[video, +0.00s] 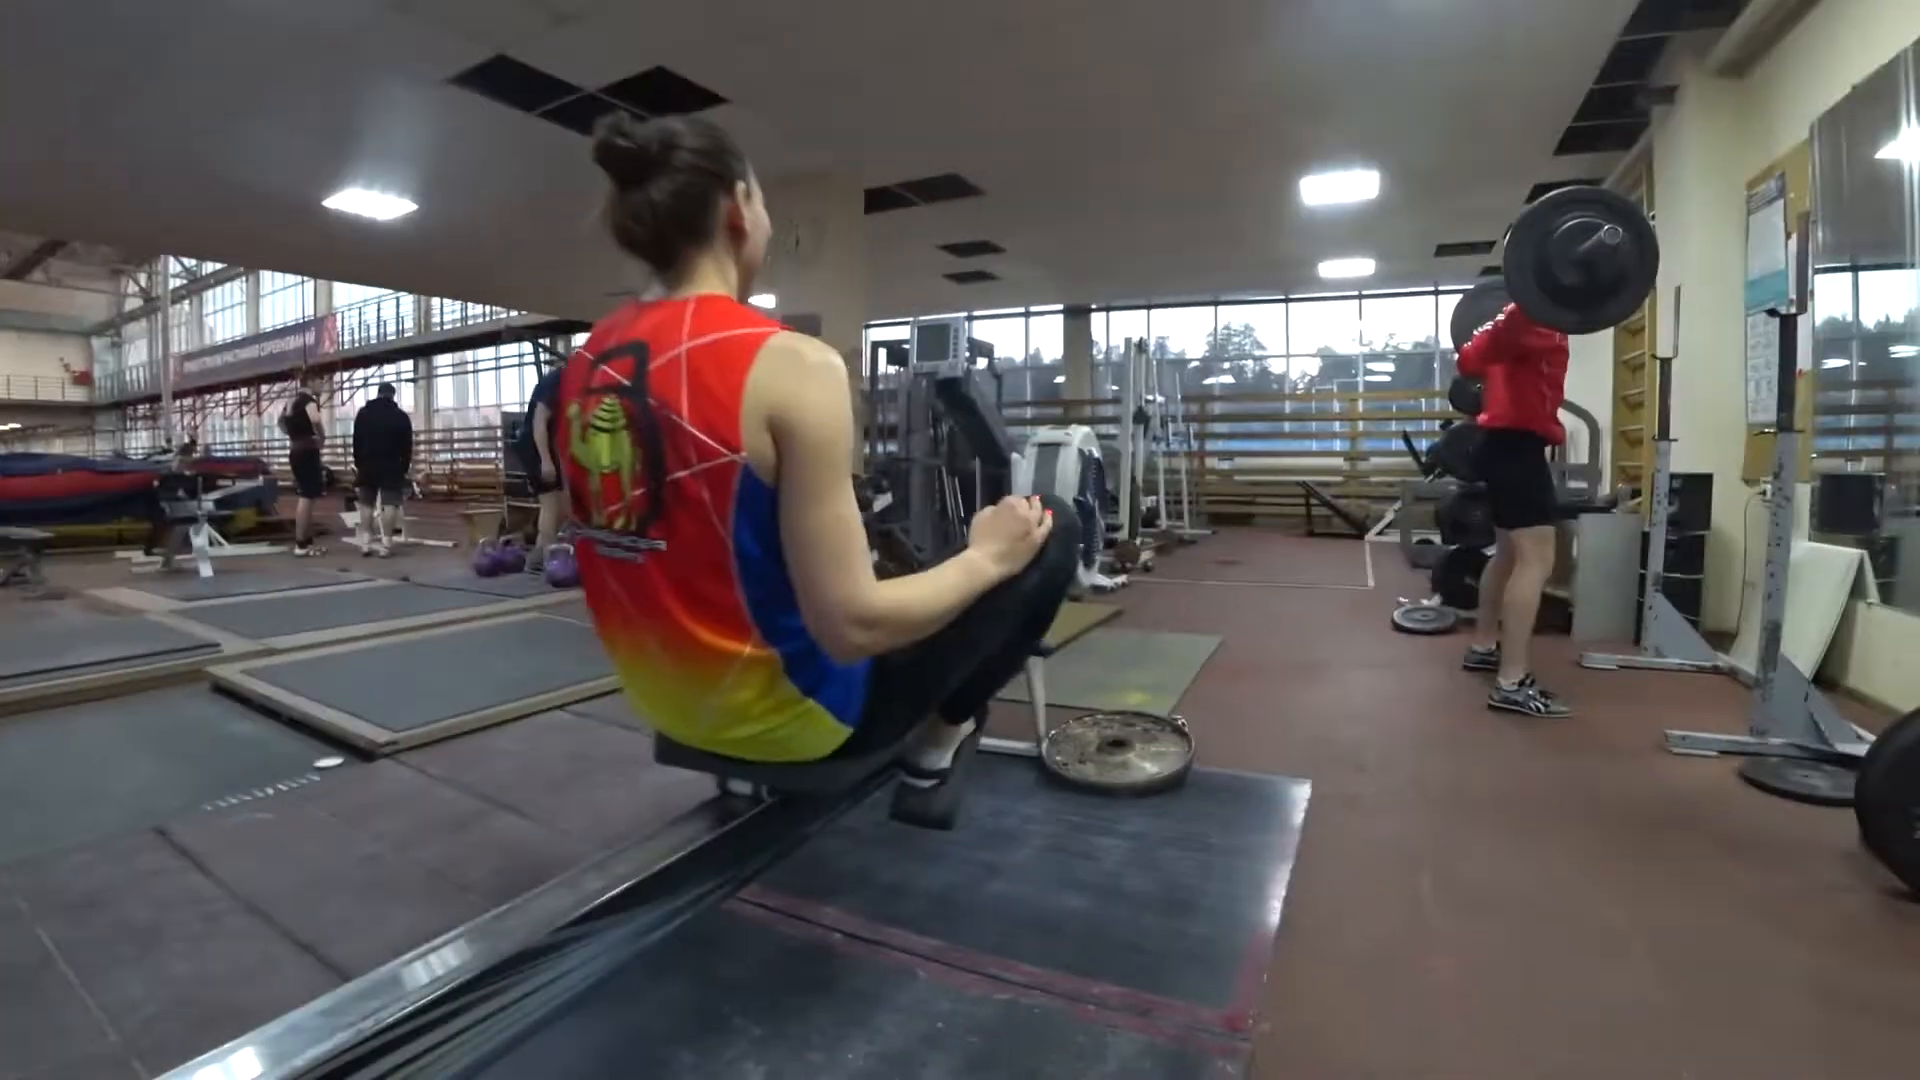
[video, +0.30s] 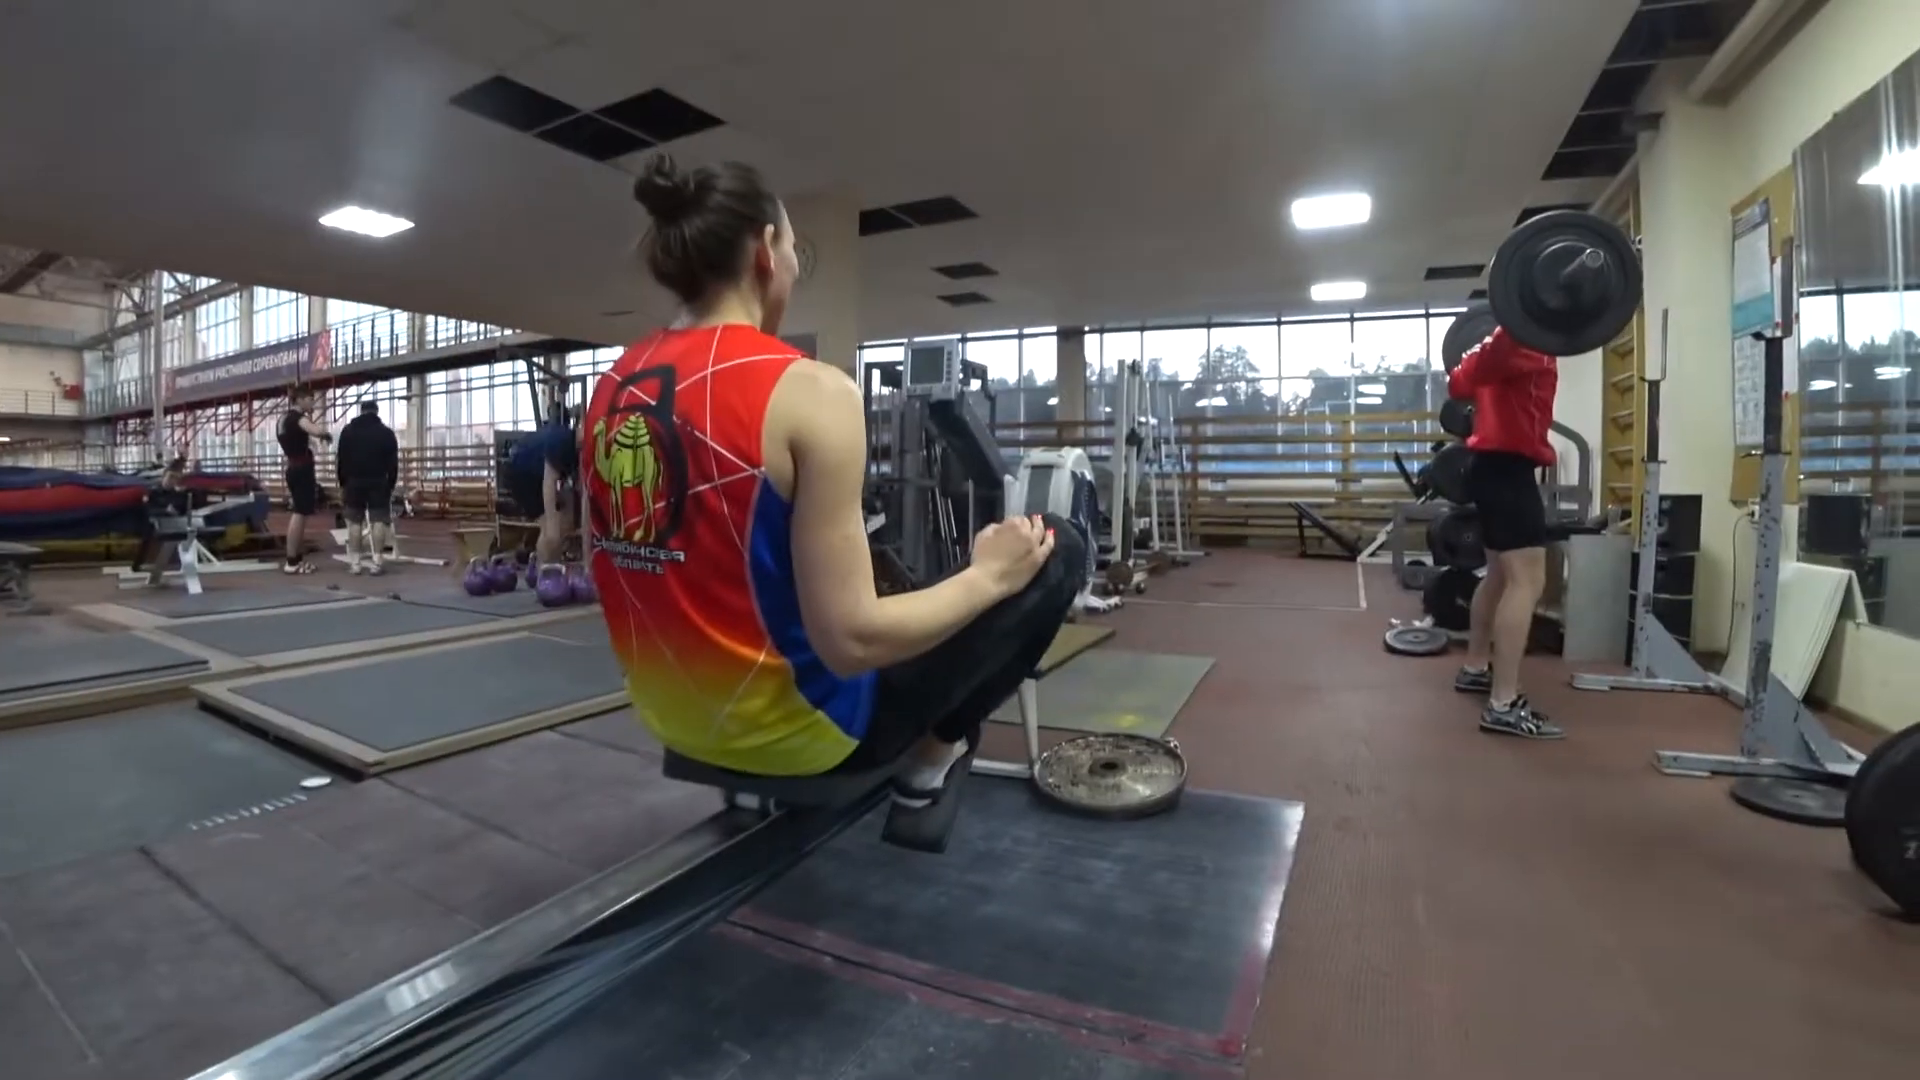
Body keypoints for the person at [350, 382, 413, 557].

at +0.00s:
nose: (389, 397)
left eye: (385, 393)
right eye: (390, 394)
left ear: (378, 394)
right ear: (393, 395)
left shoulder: (364, 413)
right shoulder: (401, 416)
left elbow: (357, 441)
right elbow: (407, 445)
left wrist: (359, 464)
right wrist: (404, 467)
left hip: (367, 466)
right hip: (392, 467)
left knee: (366, 504)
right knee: (389, 504)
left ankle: (365, 542)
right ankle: (386, 544)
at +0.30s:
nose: (370, 413)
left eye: (366, 410)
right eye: (372, 411)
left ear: (361, 411)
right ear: (377, 412)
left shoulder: (348, 430)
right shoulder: (386, 432)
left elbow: (341, 459)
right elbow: (393, 463)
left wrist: (344, 482)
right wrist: (390, 485)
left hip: (354, 484)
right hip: (378, 483)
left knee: (354, 522)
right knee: (379, 521)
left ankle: (355, 562)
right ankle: (377, 561)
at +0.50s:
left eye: (354, 426)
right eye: (361, 426)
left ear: (350, 428)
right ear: (366, 428)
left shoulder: (338, 446)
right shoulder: (377, 447)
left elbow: (333, 474)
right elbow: (384, 476)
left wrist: (335, 496)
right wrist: (383, 498)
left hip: (346, 498)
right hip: (371, 498)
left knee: (348, 538)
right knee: (373, 535)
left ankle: (350, 578)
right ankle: (373, 575)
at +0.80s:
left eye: (340, 437)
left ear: (339, 439)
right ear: (355, 439)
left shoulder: (327, 458)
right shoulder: (365, 458)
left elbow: (322, 486)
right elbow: (374, 486)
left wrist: (325, 508)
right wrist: (372, 507)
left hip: (337, 509)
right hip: (361, 508)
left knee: (340, 548)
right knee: (366, 545)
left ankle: (344, 589)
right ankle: (368, 582)